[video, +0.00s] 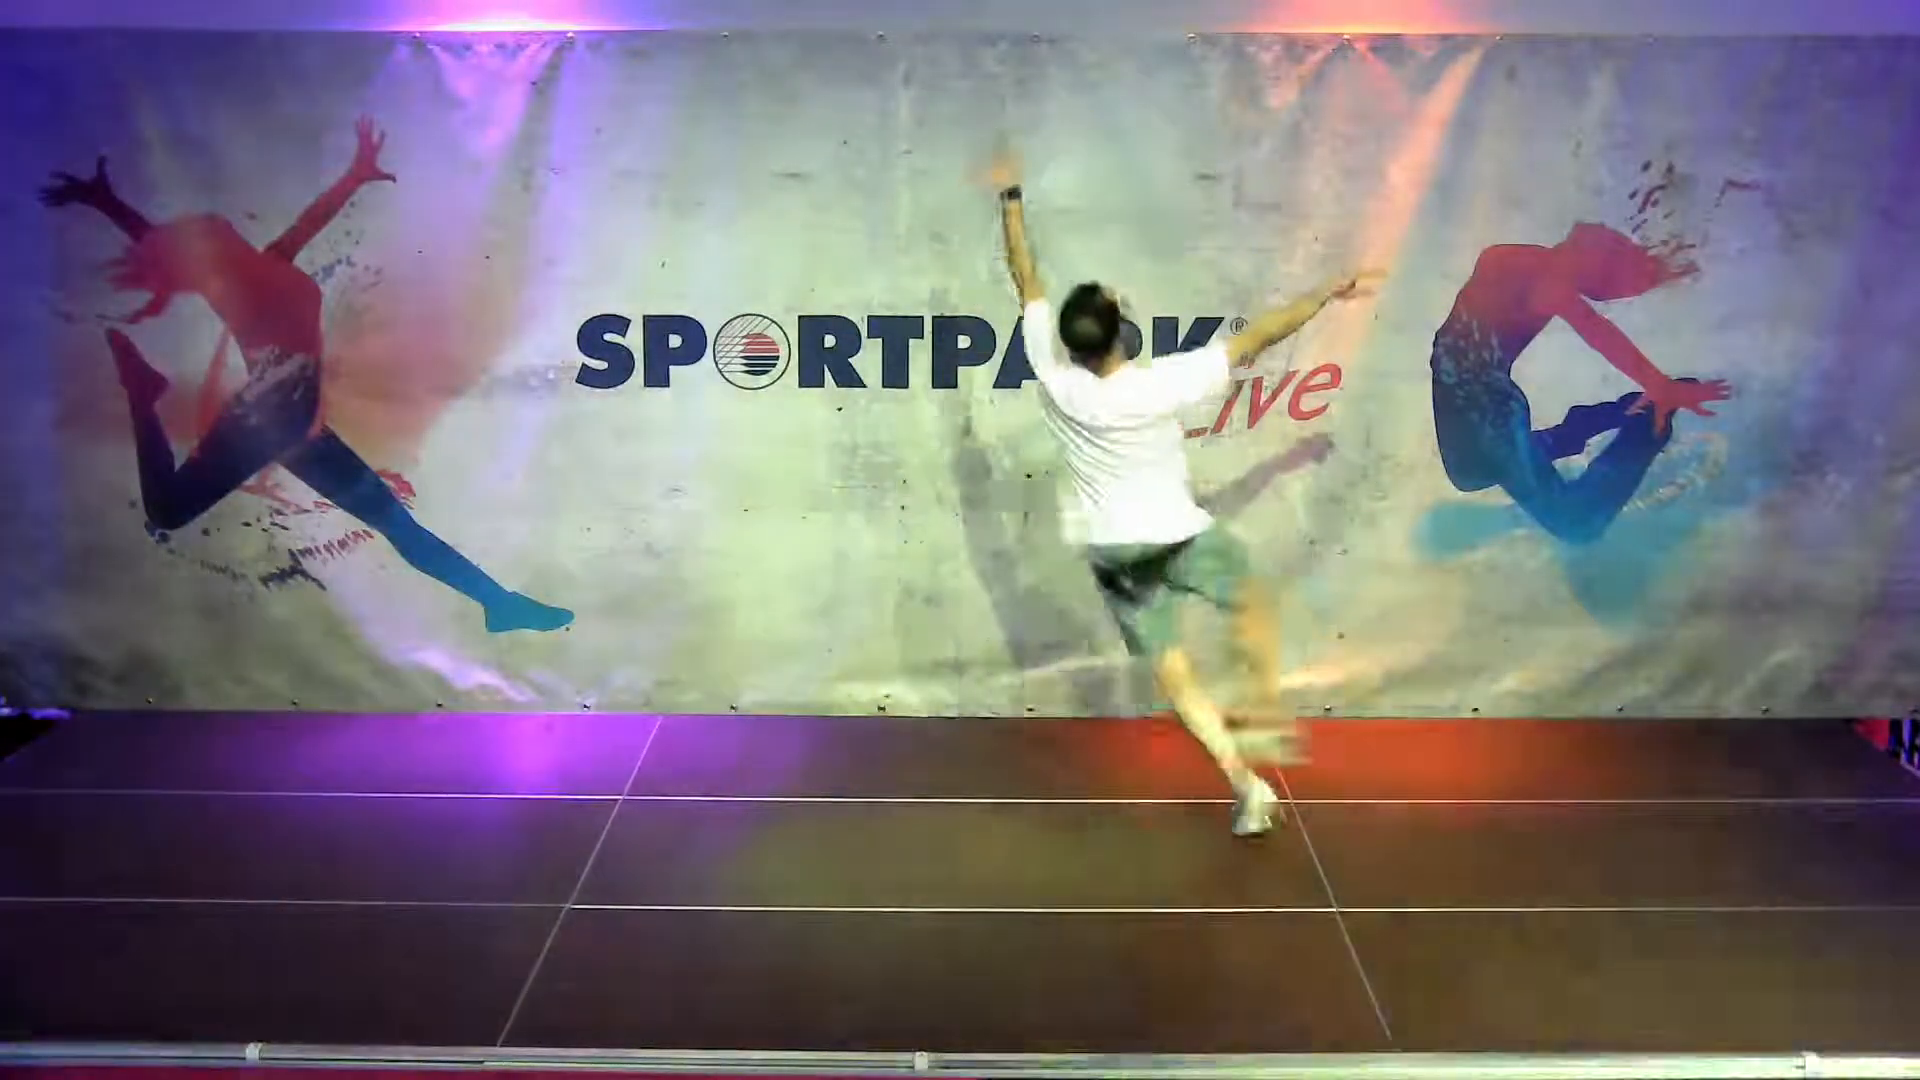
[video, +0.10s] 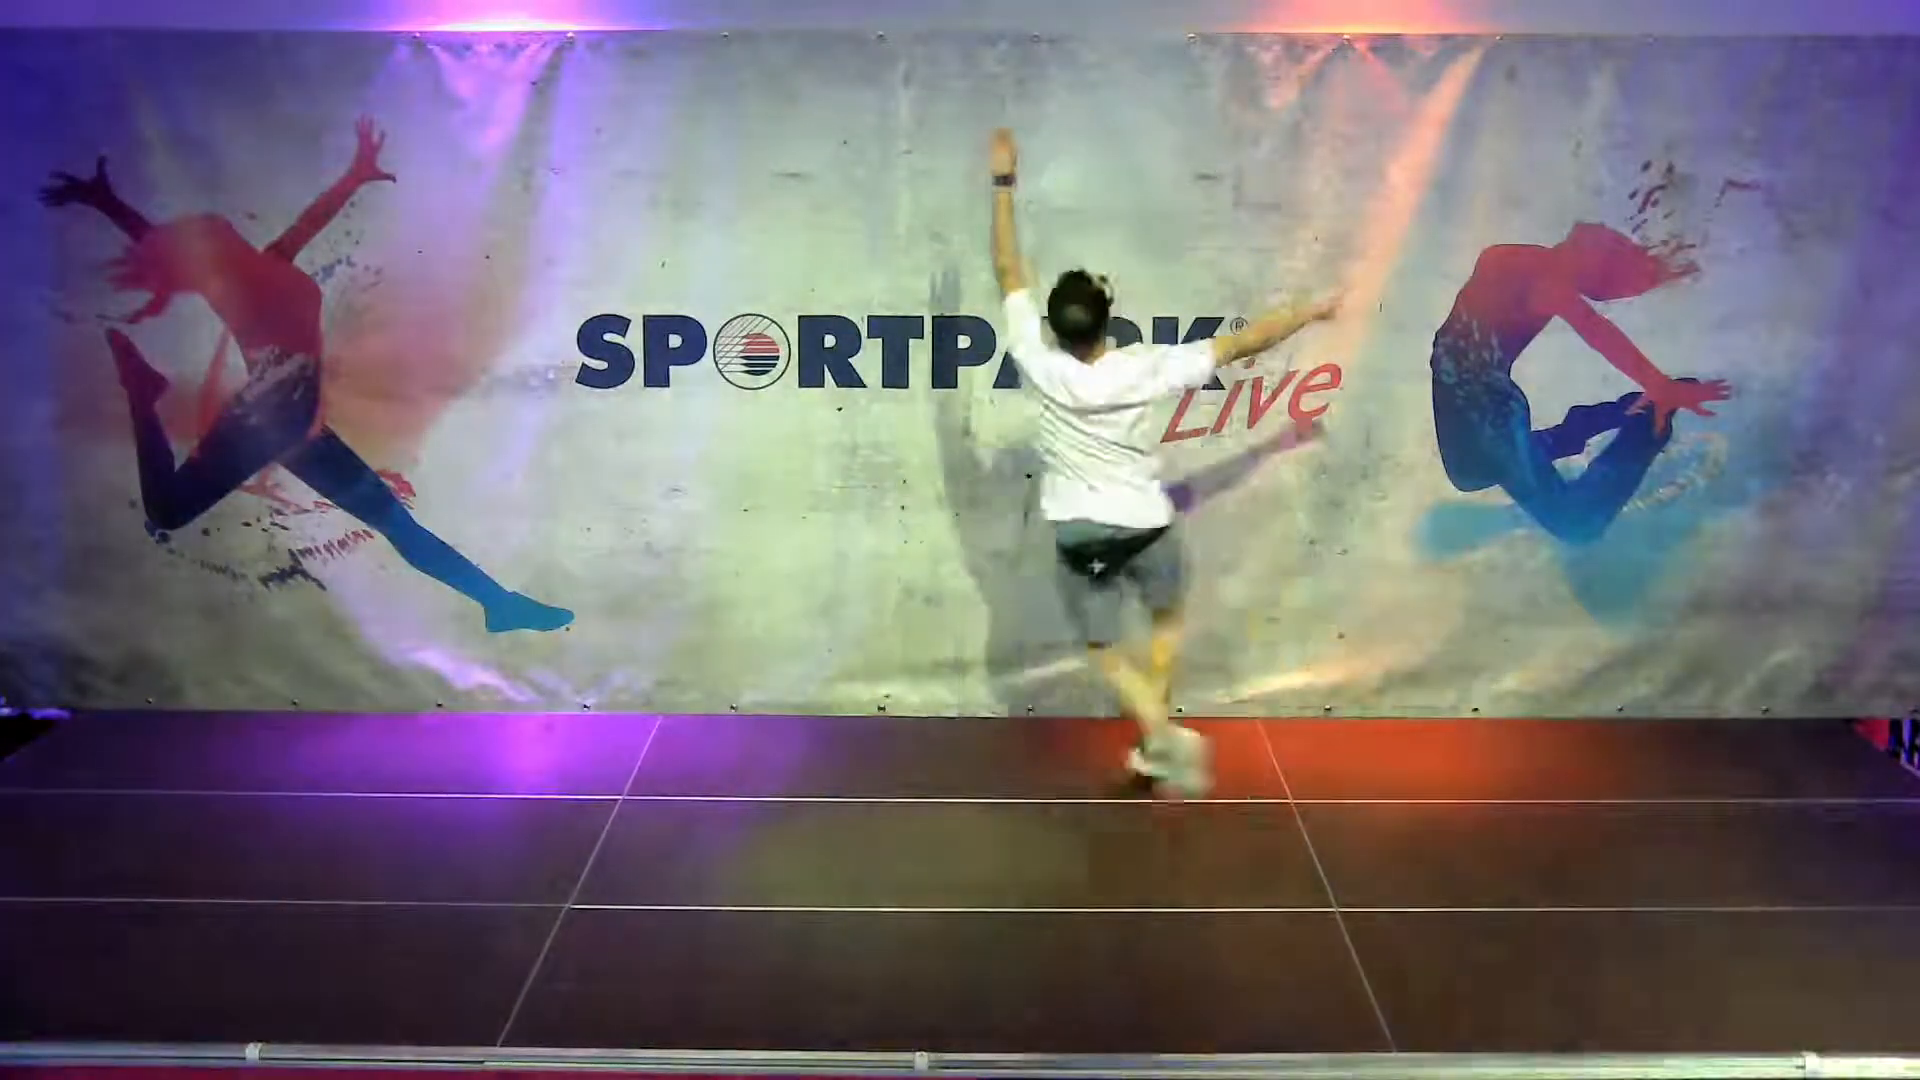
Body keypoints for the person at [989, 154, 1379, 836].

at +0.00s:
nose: (1123, 328)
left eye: (1099, 326)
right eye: (1121, 323)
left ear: (1070, 340)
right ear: (1121, 334)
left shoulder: (1056, 380)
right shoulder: (1159, 383)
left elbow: (1025, 282)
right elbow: (1249, 341)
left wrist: (1010, 198)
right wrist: (1324, 295)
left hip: (1108, 546)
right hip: (1173, 528)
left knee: (1171, 674)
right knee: (1251, 599)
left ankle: (1247, 786)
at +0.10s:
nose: (1091, 307)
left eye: (1074, 308)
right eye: (1098, 304)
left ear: (1057, 329)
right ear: (1106, 325)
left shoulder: (1045, 367)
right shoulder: (1146, 372)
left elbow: (1010, 273)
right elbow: (1235, 345)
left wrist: (1003, 183)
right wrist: (1306, 312)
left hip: (1077, 521)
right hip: (1142, 516)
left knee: (1100, 645)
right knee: (1168, 620)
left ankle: (1171, 735)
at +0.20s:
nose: (1068, 328)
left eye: (1055, 322)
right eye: (1079, 321)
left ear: (1040, 332)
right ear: (1093, 328)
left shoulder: (1019, 373)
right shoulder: (1126, 374)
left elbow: (981, 290)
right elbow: (1200, 363)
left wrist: (986, 208)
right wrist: (1252, 341)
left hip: (1045, 538)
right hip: (1113, 536)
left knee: (1012, 626)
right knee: (1146, 624)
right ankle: (1160, 742)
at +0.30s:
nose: (1029, 328)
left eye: (1022, 319)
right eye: (1040, 320)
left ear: (1005, 333)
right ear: (1058, 332)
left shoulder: (982, 379)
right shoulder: (1087, 394)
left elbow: (950, 307)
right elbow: (1152, 394)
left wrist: (965, 222)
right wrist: (1157, 381)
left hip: (996, 547)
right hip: (1067, 547)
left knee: (947, 619)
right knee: (1125, 623)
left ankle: (917, 736)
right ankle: (1156, 742)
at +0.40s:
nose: (1007, 320)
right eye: (1004, 312)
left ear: (951, 315)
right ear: (1001, 320)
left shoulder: (931, 358)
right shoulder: (1024, 389)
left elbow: (914, 272)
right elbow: (1092, 412)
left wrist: (945, 204)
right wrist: (1100, 407)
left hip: (931, 520)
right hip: (1001, 527)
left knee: (915, 621)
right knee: (1053, 630)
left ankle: (900, 737)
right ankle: (1119, 732)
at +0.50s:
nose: (945, 295)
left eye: (950, 284)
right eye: (934, 286)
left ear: (955, 281)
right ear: (910, 286)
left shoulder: (898, 325)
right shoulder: (929, 354)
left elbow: (916, 266)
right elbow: (981, 415)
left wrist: (911, 212)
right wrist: (996, 403)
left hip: (885, 485)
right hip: (919, 494)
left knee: (910, 606)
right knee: (963, 606)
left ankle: (891, 729)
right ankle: (993, 732)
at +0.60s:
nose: (878, 279)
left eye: (886, 268)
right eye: (866, 269)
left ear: (900, 265)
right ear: (850, 269)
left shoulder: (906, 298)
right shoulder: (846, 334)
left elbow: (921, 213)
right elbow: (850, 413)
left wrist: (909, 144)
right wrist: (928, 415)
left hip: (899, 475)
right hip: (855, 482)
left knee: (896, 597)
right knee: (882, 604)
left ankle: (850, 701)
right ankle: (859, 737)